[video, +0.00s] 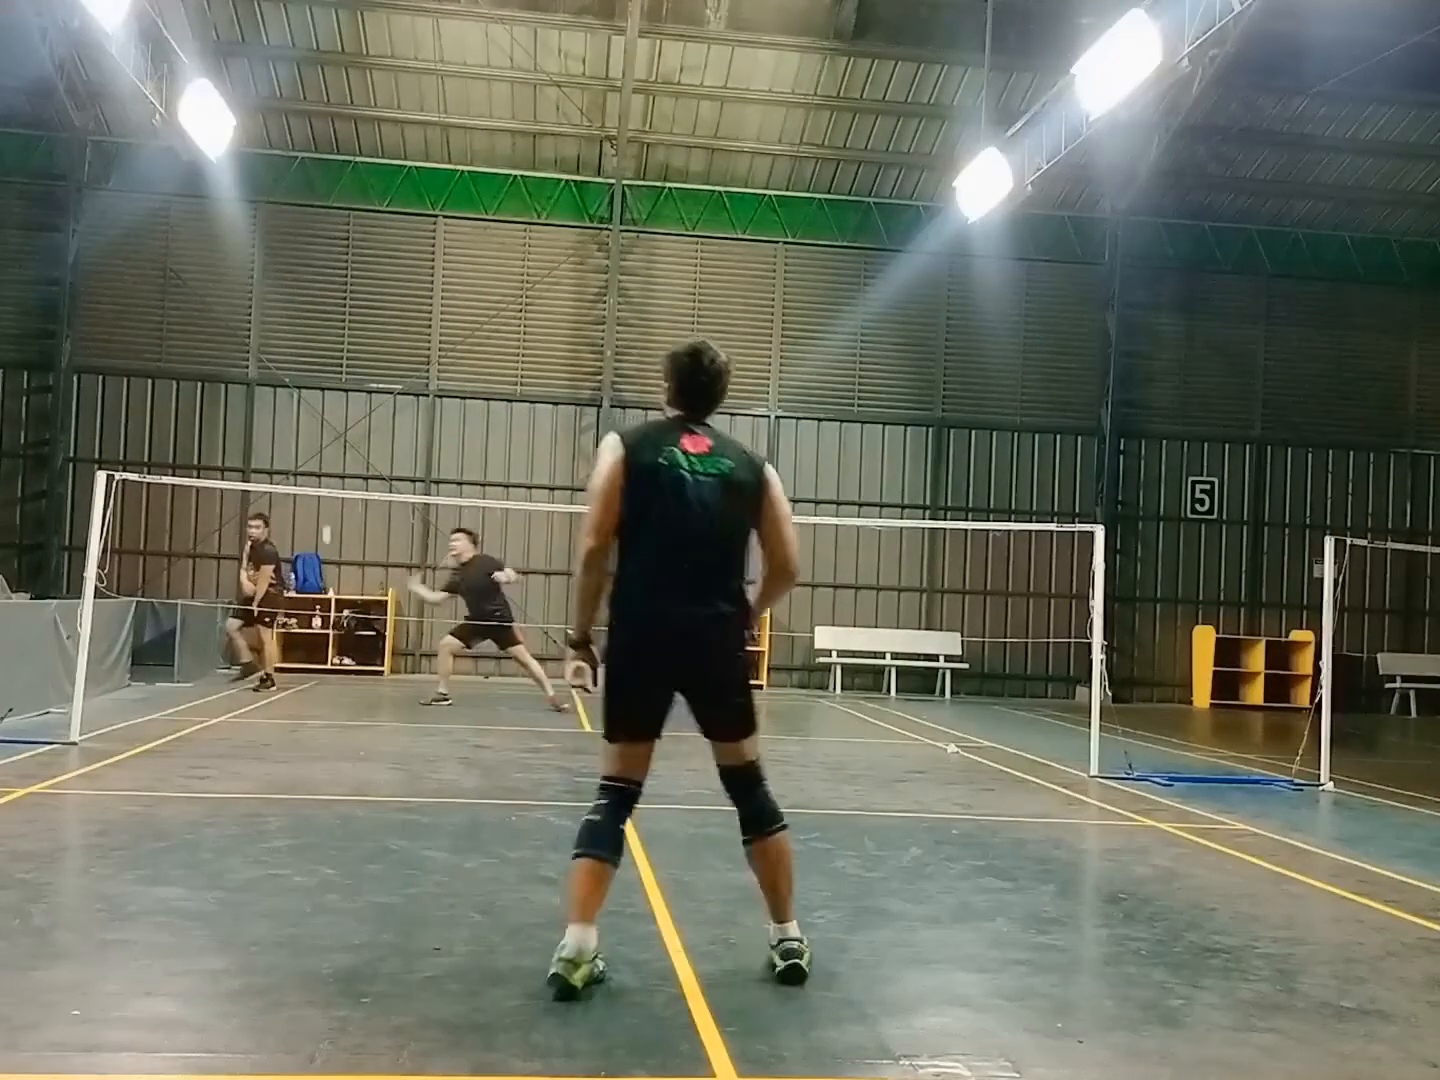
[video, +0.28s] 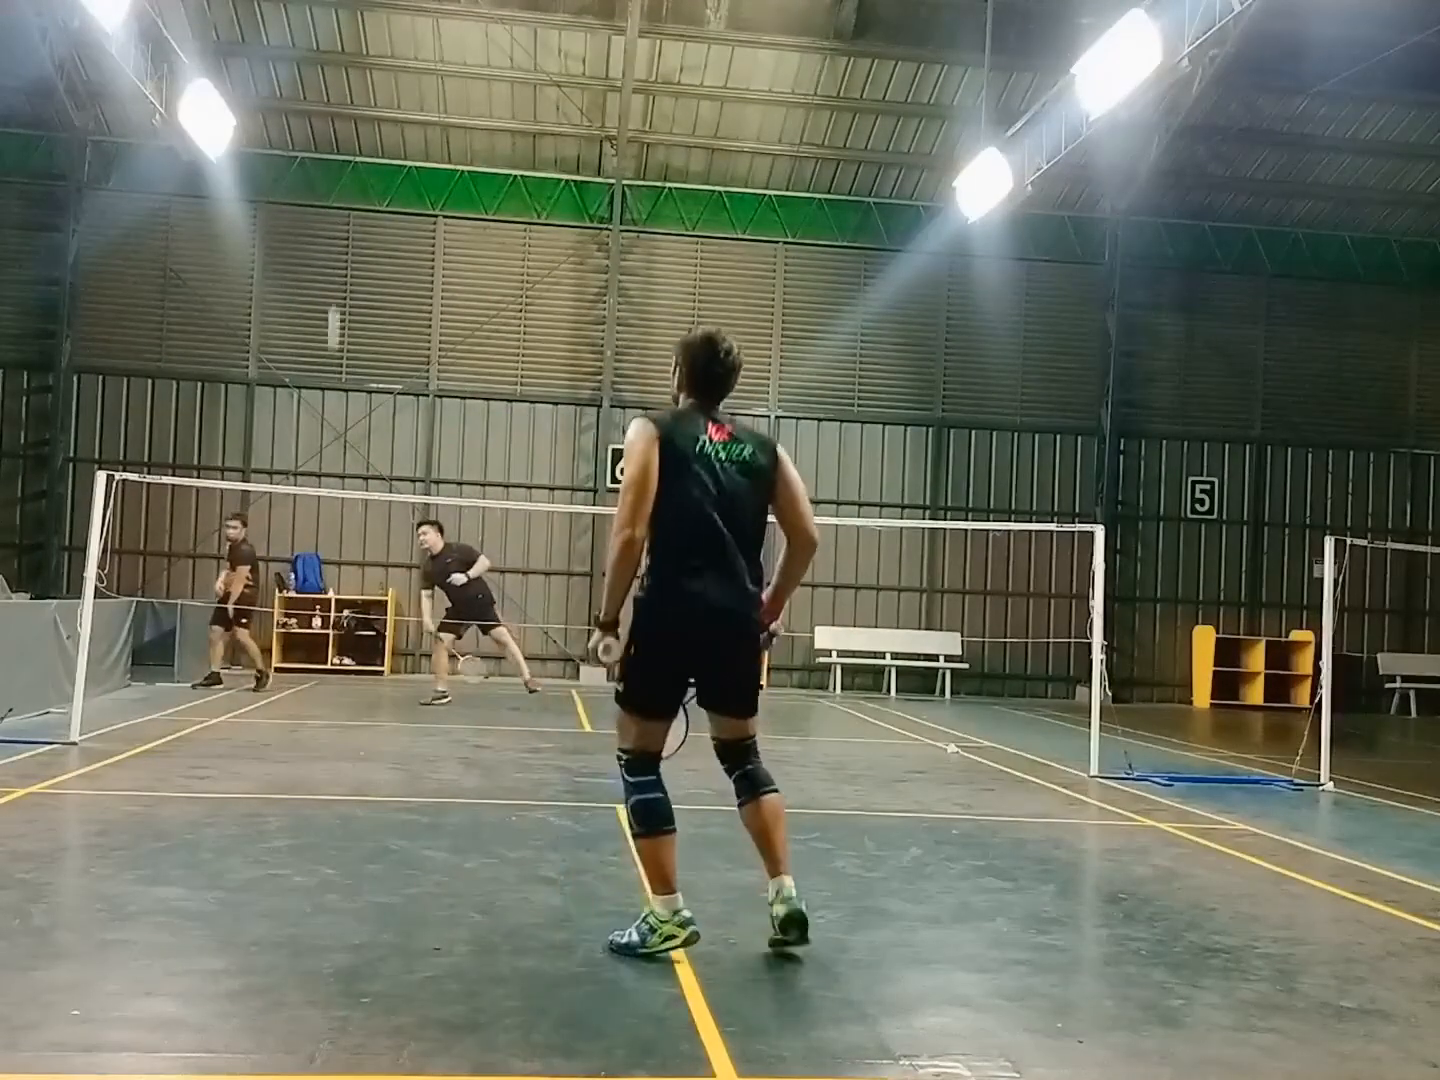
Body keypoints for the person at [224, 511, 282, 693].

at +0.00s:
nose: (252, 531)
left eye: (257, 527)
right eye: (249, 527)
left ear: (266, 529)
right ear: (247, 528)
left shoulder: (269, 551)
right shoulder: (253, 549)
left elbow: (264, 581)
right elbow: (245, 570)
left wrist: (256, 602)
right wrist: (246, 585)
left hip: (269, 596)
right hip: (255, 593)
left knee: (265, 634)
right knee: (232, 625)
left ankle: (268, 676)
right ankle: (247, 661)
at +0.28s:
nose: (230, 531)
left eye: (234, 528)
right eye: (227, 527)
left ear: (243, 530)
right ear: (224, 529)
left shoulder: (245, 550)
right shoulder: (231, 548)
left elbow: (241, 578)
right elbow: (228, 569)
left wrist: (231, 601)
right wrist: (220, 580)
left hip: (244, 594)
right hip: (229, 591)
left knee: (242, 635)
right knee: (215, 633)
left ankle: (261, 672)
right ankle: (214, 673)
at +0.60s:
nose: (217, 528)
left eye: (221, 525)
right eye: (214, 524)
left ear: (228, 528)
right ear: (208, 525)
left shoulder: (230, 549)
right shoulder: (205, 545)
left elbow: (225, 577)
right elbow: (199, 567)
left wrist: (216, 601)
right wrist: (192, 588)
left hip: (227, 589)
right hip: (209, 588)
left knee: (220, 620)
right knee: (207, 631)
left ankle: (213, 666)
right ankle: (212, 671)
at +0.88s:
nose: (217, 531)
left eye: (221, 528)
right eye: (213, 526)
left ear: (225, 531)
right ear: (205, 526)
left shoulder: (227, 554)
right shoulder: (196, 545)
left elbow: (220, 584)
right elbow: (189, 569)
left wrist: (209, 607)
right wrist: (182, 593)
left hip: (218, 599)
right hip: (198, 597)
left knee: (211, 637)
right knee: (201, 639)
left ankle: (204, 677)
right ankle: (212, 672)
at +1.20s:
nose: (214, 528)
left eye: (219, 525)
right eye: (211, 523)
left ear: (222, 528)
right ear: (201, 523)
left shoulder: (224, 552)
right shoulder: (190, 539)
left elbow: (218, 582)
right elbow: (174, 559)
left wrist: (208, 605)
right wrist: (164, 582)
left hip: (213, 596)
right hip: (190, 593)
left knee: (209, 635)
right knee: (179, 633)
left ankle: (204, 678)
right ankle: (192, 664)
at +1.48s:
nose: (202, 526)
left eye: (205, 523)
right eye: (198, 522)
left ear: (208, 526)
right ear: (187, 523)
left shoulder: (211, 549)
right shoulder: (173, 542)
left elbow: (212, 579)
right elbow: (158, 561)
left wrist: (205, 607)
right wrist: (154, 586)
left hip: (200, 600)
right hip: (175, 599)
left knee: (202, 641)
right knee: (168, 637)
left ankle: (202, 680)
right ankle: (161, 681)